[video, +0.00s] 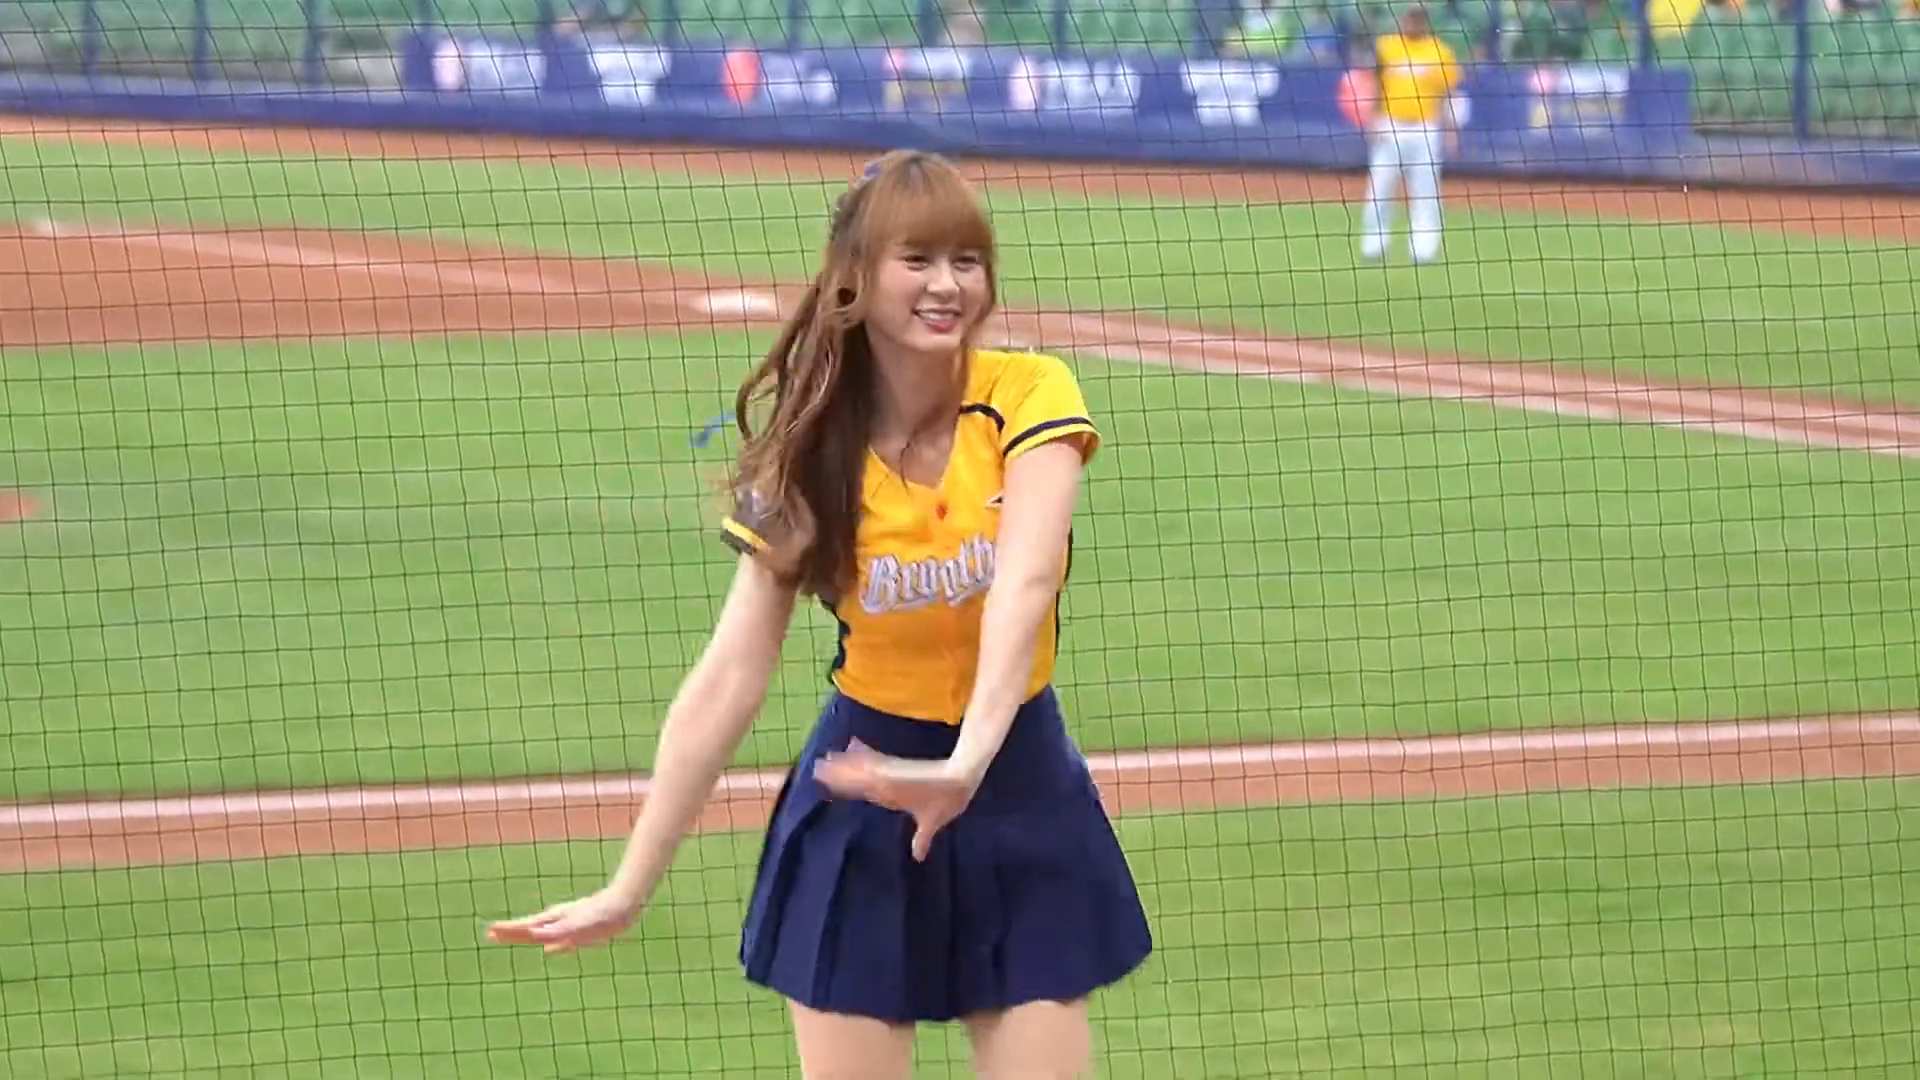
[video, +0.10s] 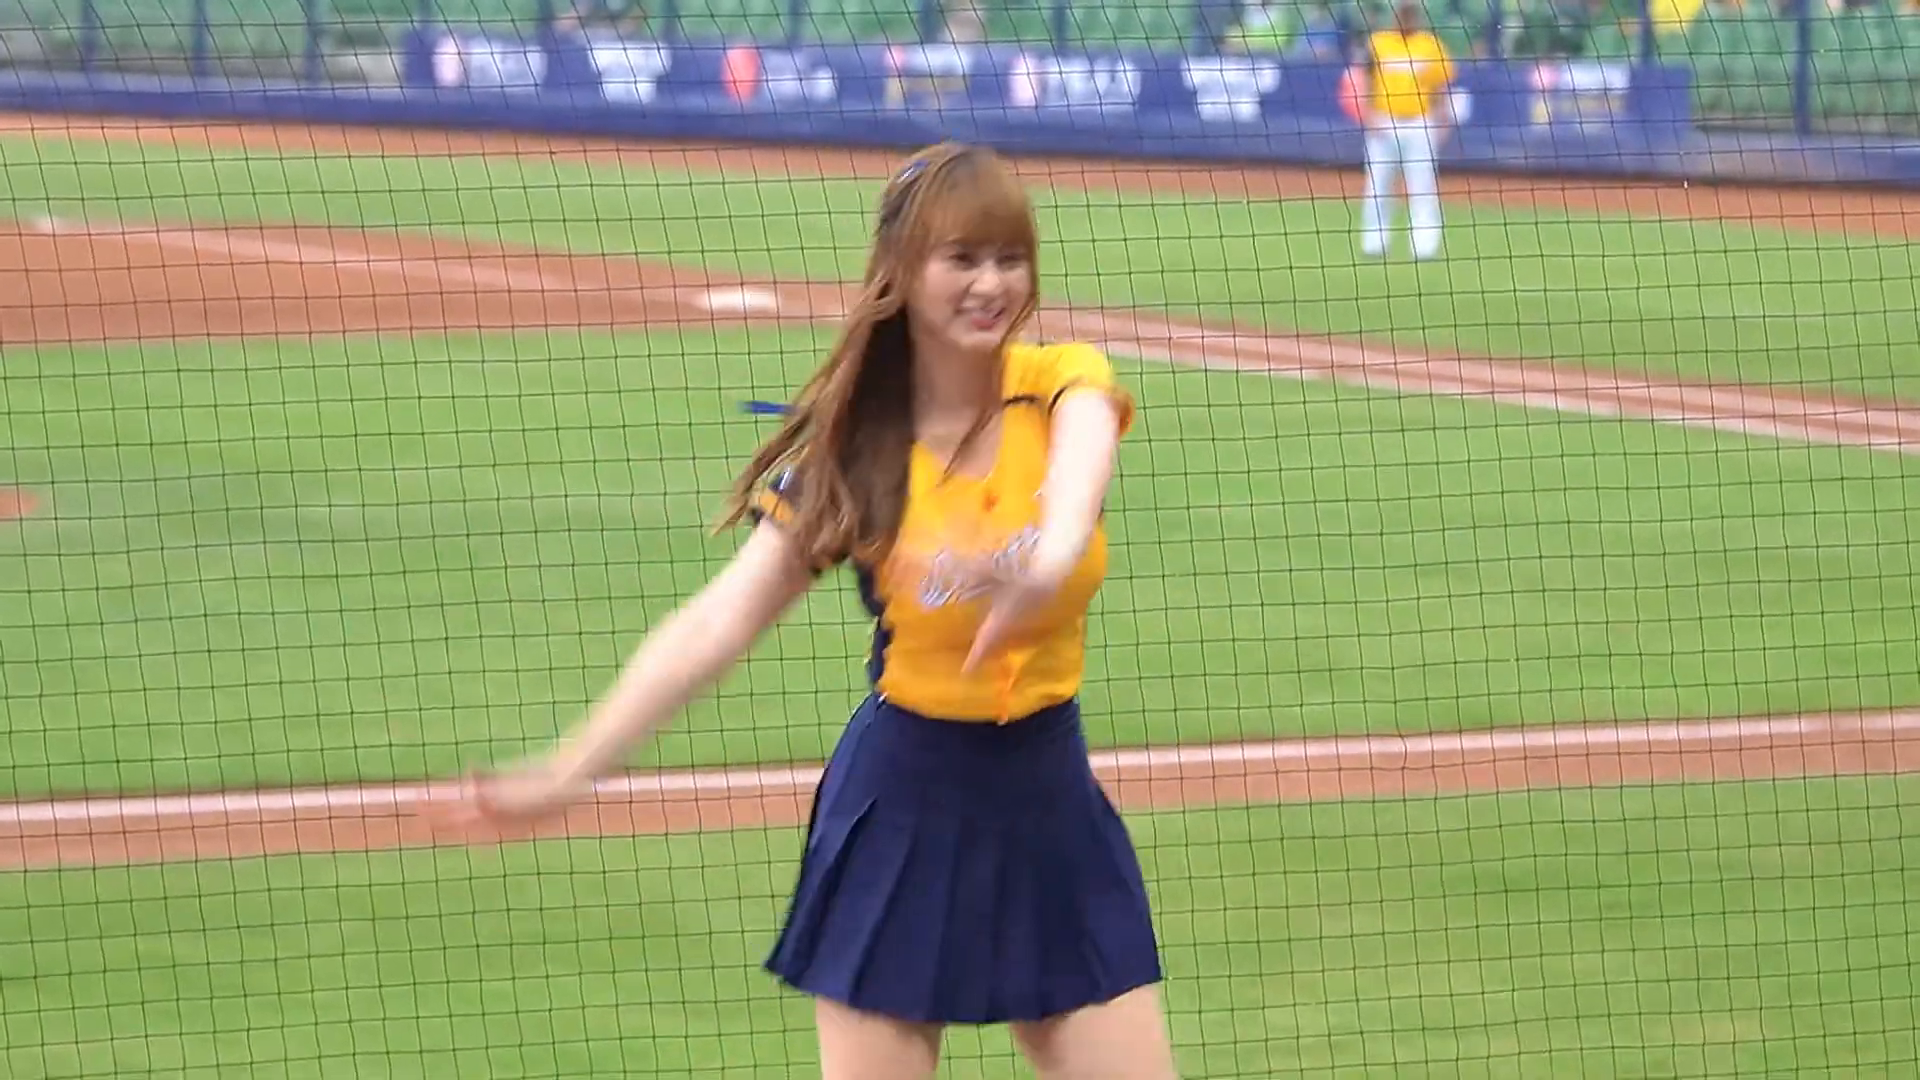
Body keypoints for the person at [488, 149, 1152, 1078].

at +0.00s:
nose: (947, 284)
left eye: (966, 260)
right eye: (916, 259)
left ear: (989, 277)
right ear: (854, 279)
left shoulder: (1031, 393)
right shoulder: (813, 447)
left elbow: (1028, 581)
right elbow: (727, 677)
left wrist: (970, 756)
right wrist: (628, 888)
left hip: (1019, 787)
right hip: (860, 784)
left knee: (1047, 1057)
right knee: (849, 1059)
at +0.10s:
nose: (993, 283)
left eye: (1013, 258)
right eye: (964, 258)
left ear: (1034, 268)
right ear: (901, 271)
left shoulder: (1070, 378)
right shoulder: (861, 439)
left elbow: (1072, 508)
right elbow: (721, 616)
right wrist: (567, 771)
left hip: (1047, 794)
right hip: (901, 797)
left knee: (1134, 1063)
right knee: (872, 1065)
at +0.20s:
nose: (1051, 224)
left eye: (1072, 196)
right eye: (1022, 200)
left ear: (1103, 208)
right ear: (970, 222)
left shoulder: (1113, 349)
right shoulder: (924, 373)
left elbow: (1169, 301)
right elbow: (729, 442)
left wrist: (1146, 251)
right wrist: (527, 472)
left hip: (1096, 734)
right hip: (960, 731)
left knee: (1202, 1063)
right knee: (909, 1067)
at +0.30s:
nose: (1124, 210)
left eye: (1146, 184)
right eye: (1093, 185)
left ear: (1169, 194)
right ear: (1038, 200)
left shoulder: (1186, 314)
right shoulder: (980, 333)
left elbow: (1265, 187)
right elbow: (781, 278)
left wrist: (1332, 65)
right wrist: (616, 189)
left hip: (1160, 719)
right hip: (1025, 714)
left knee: (1224, 1067)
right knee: (947, 1065)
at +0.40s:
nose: (1182, 250)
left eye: (1206, 224)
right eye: (1153, 226)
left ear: (1233, 240)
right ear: (1100, 240)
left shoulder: (1248, 358)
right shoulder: (1061, 370)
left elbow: (1368, 181)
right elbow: (901, 238)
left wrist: (1473, 32)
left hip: (1222, 777)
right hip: (1091, 768)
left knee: (1285, 1067)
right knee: (983, 1066)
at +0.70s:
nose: (1295, 306)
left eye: (1321, 287)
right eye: (1270, 277)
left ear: (1343, 314)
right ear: (1218, 288)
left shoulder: (1316, 508)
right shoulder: (1118, 436)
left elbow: (1422, 670)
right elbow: (916, 555)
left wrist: (1538, 816)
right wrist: (1056, 429)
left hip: (1184, 849)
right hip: (1032, 831)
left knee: (1263, 1061)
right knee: (1119, 1068)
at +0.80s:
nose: (1274, 331)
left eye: (1299, 310)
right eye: (1249, 301)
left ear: (1318, 334)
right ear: (1196, 310)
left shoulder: (1302, 532)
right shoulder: (1088, 450)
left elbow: (1391, 740)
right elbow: (876, 538)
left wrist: (1463, 919)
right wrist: (992, 416)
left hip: (1178, 850)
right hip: (1034, 838)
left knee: (1266, 1058)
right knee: (1089, 1063)